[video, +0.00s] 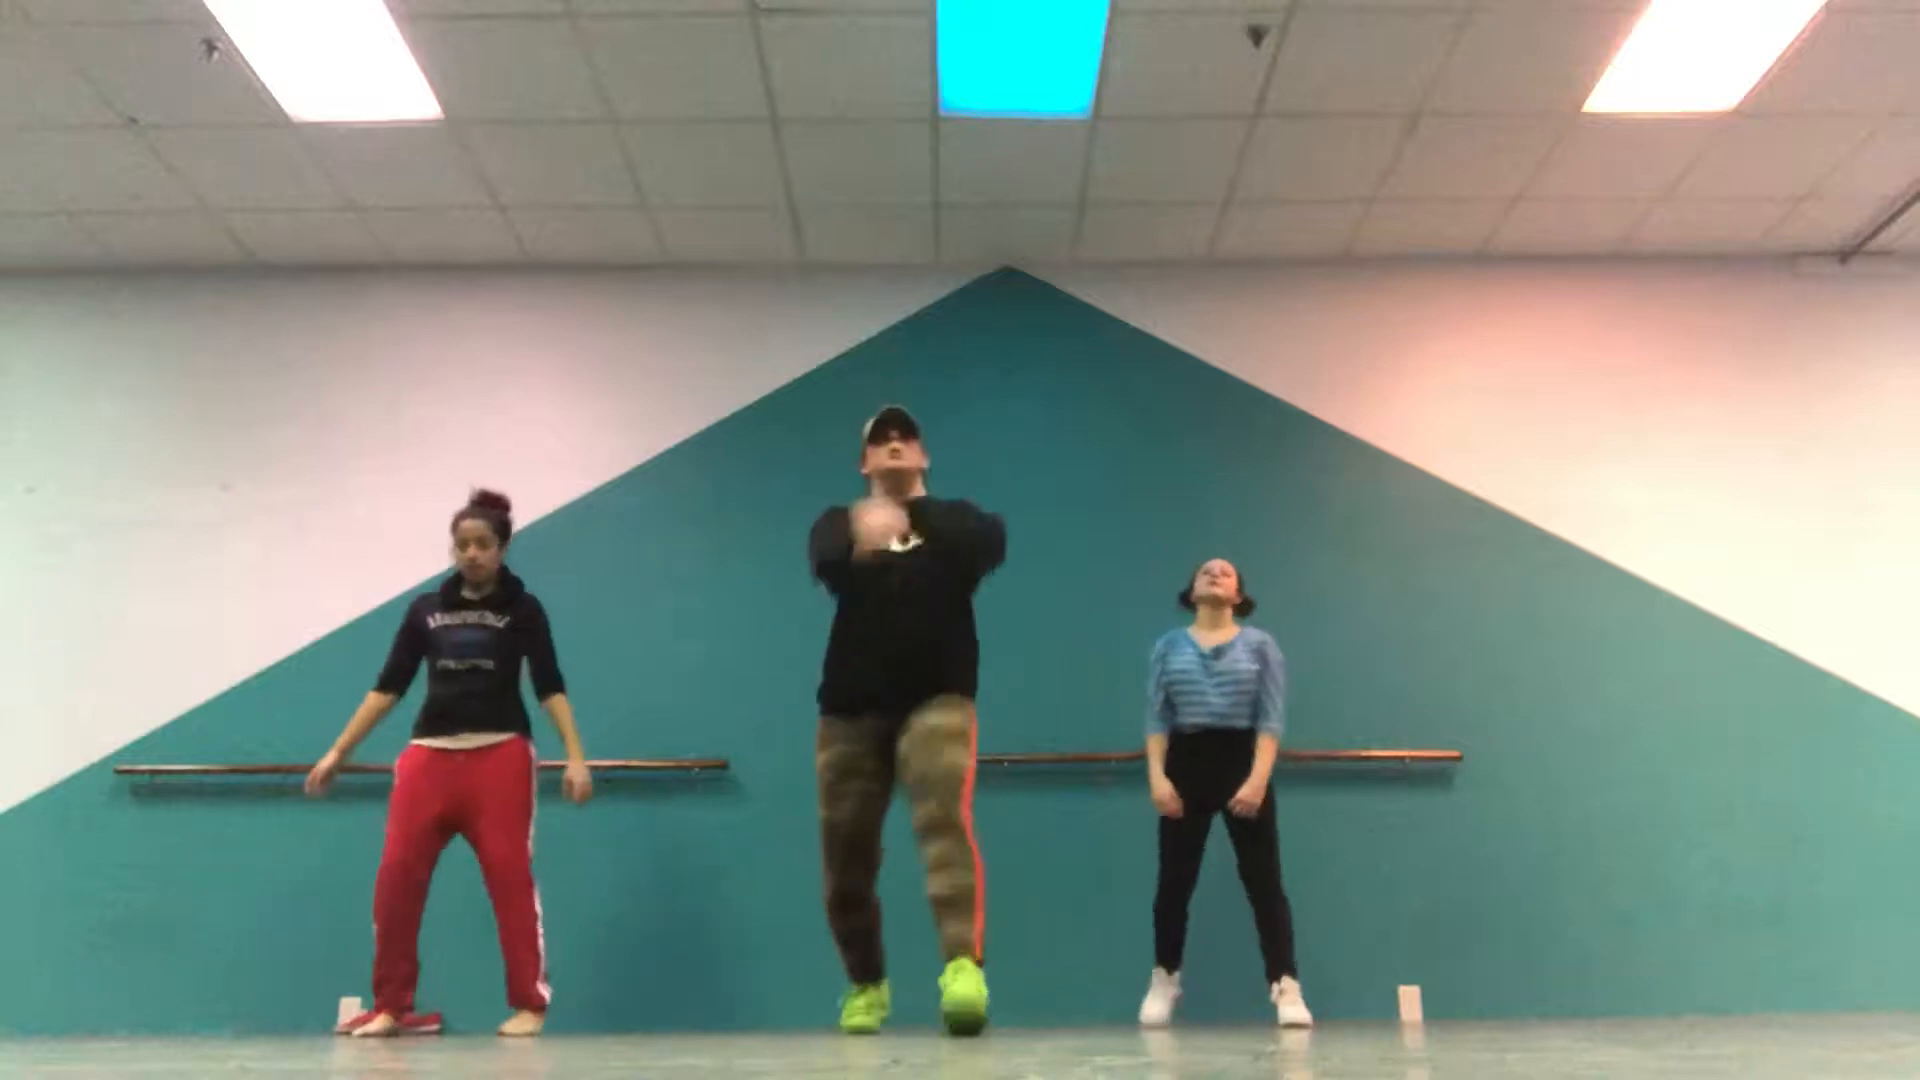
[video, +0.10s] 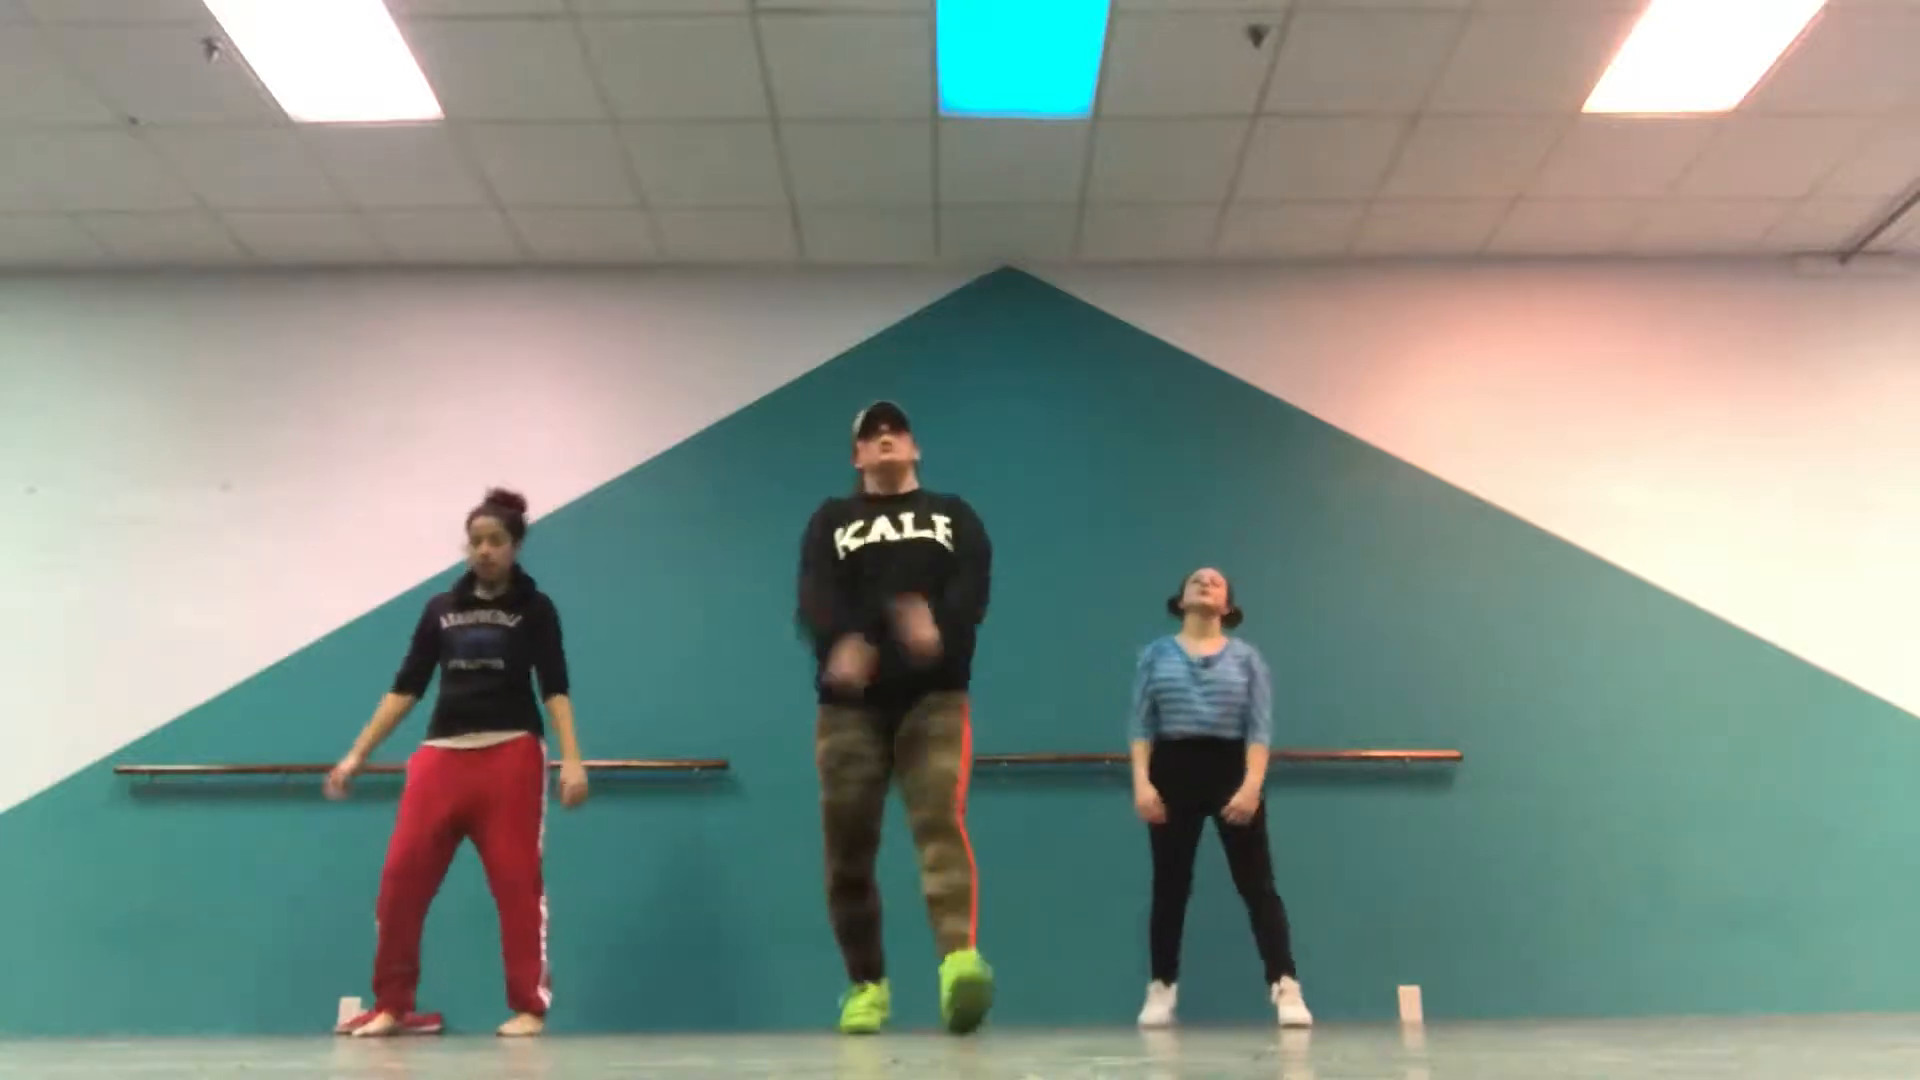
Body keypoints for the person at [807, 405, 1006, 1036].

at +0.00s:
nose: (895, 447)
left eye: (905, 440)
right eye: (883, 442)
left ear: (924, 458)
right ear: (865, 464)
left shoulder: (953, 514)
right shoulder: (843, 520)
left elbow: (988, 543)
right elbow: (824, 552)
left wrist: (913, 515)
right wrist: (861, 532)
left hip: (937, 691)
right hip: (853, 696)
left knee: (942, 821)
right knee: (845, 842)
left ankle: (962, 964)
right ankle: (865, 983)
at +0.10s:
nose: (885, 442)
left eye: (895, 434)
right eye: (872, 437)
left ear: (914, 449)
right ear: (857, 456)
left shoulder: (952, 514)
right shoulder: (833, 517)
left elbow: (972, 586)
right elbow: (814, 594)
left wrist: (940, 621)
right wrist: (839, 640)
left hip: (933, 696)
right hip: (851, 700)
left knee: (940, 823)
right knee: (848, 844)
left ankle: (959, 961)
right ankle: (866, 984)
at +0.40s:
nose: (892, 445)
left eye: (903, 438)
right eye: (881, 440)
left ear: (921, 457)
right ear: (865, 459)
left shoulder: (954, 522)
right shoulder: (834, 521)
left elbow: (1001, 600)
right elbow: (783, 597)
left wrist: (1047, 667)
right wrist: (735, 666)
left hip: (936, 699)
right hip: (853, 700)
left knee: (941, 840)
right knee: (859, 843)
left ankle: (934, 955)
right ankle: (866, 981)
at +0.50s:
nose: (901, 461)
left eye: (912, 454)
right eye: (890, 455)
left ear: (930, 473)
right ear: (873, 475)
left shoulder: (961, 537)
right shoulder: (839, 533)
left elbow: (1015, 605)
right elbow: (777, 594)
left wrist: (1070, 662)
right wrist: (718, 649)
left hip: (938, 709)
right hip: (858, 707)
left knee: (936, 849)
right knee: (862, 846)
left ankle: (931, 972)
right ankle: (867, 983)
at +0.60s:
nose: (911, 475)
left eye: (921, 468)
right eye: (900, 470)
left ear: (940, 487)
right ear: (885, 489)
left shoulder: (971, 557)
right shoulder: (851, 548)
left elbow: (1022, 624)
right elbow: (786, 607)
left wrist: (1073, 684)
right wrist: (727, 662)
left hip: (940, 724)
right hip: (864, 720)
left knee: (933, 857)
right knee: (867, 849)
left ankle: (930, 985)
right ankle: (867, 983)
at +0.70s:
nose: (923, 488)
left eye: (933, 480)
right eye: (913, 482)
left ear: (951, 496)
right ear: (897, 500)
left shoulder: (980, 566)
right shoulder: (864, 558)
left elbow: (1011, 642)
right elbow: (821, 633)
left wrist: (1031, 715)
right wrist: (784, 704)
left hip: (941, 729)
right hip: (866, 726)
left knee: (938, 861)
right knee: (869, 851)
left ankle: (930, 985)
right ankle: (867, 976)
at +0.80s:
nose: (929, 499)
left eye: (939, 490)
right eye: (918, 493)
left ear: (957, 508)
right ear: (903, 512)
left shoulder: (984, 577)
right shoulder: (872, 570)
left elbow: (981, 653)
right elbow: (850, 651)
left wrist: (950, 702)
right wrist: (855, 720)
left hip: (941, 726)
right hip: (870, 724)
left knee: (942, 862)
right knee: (864, 853)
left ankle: (930, 988)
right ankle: (862, 977)